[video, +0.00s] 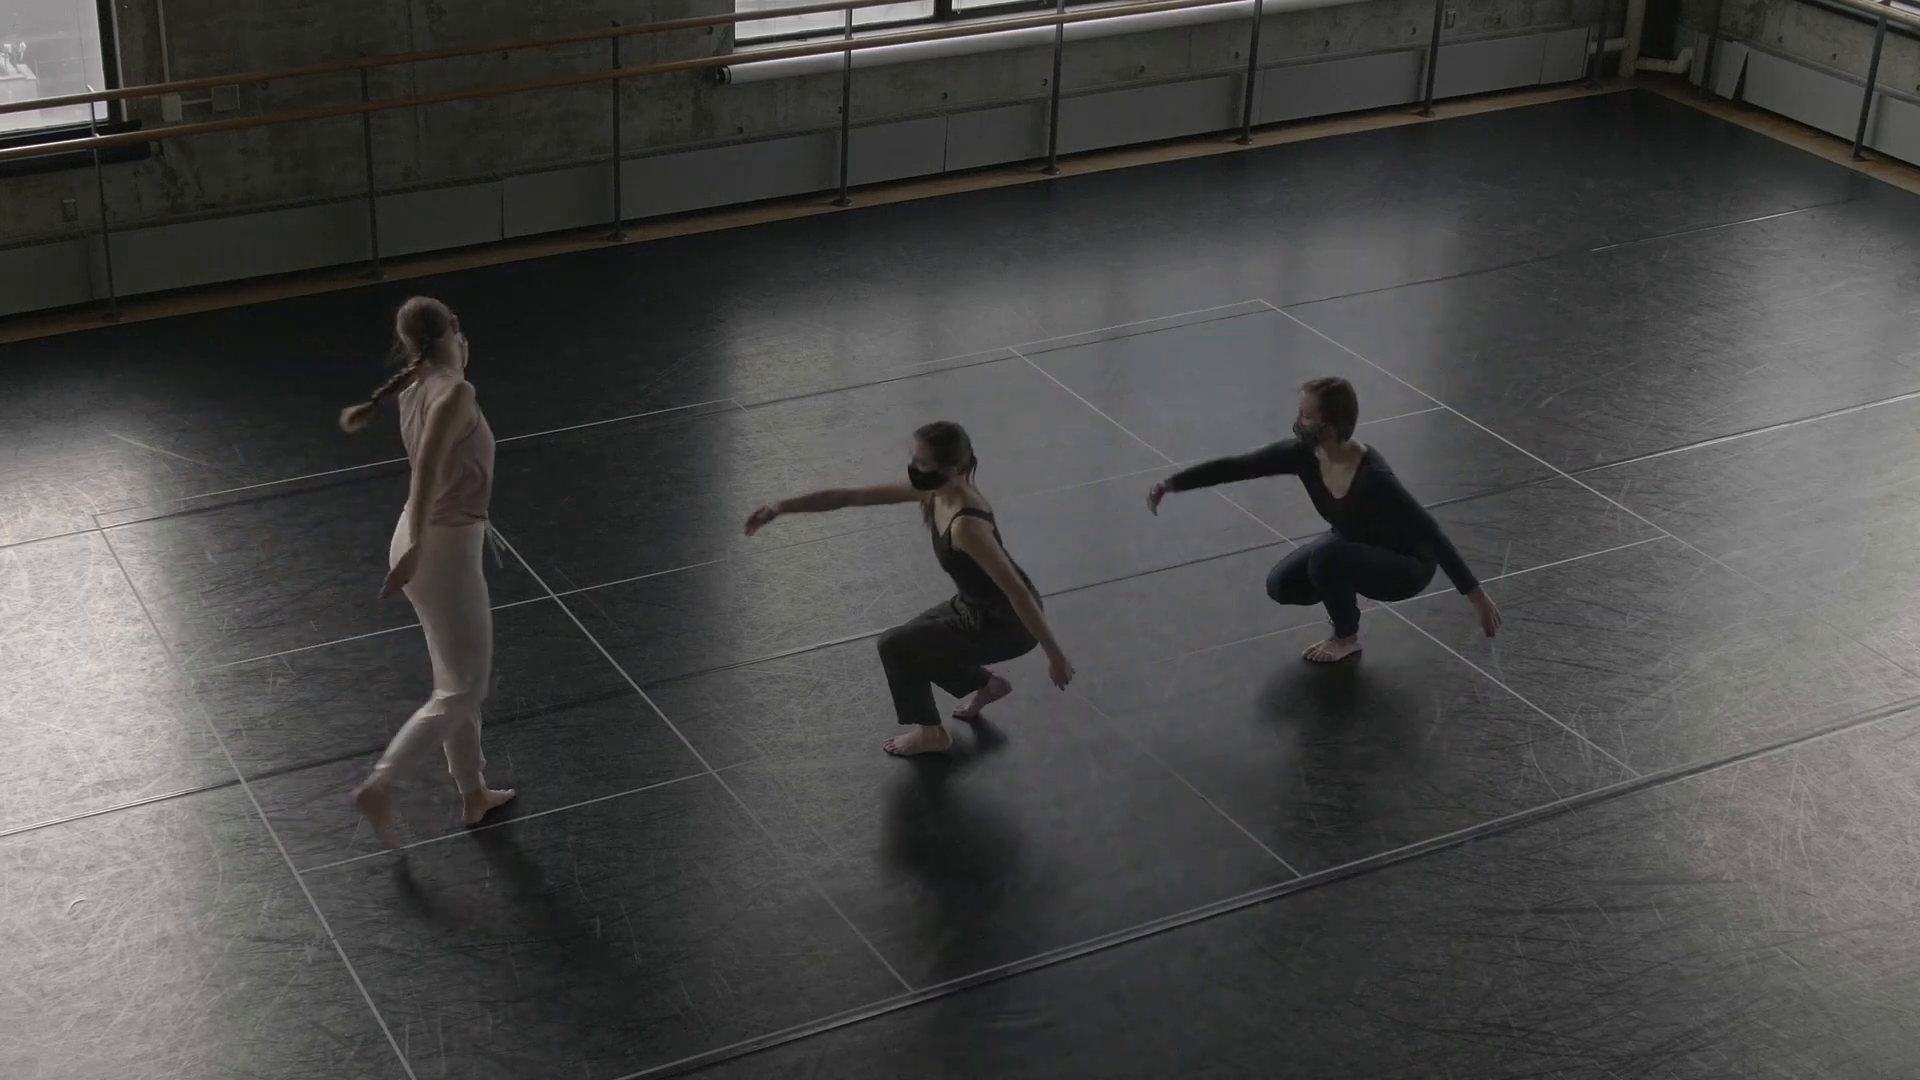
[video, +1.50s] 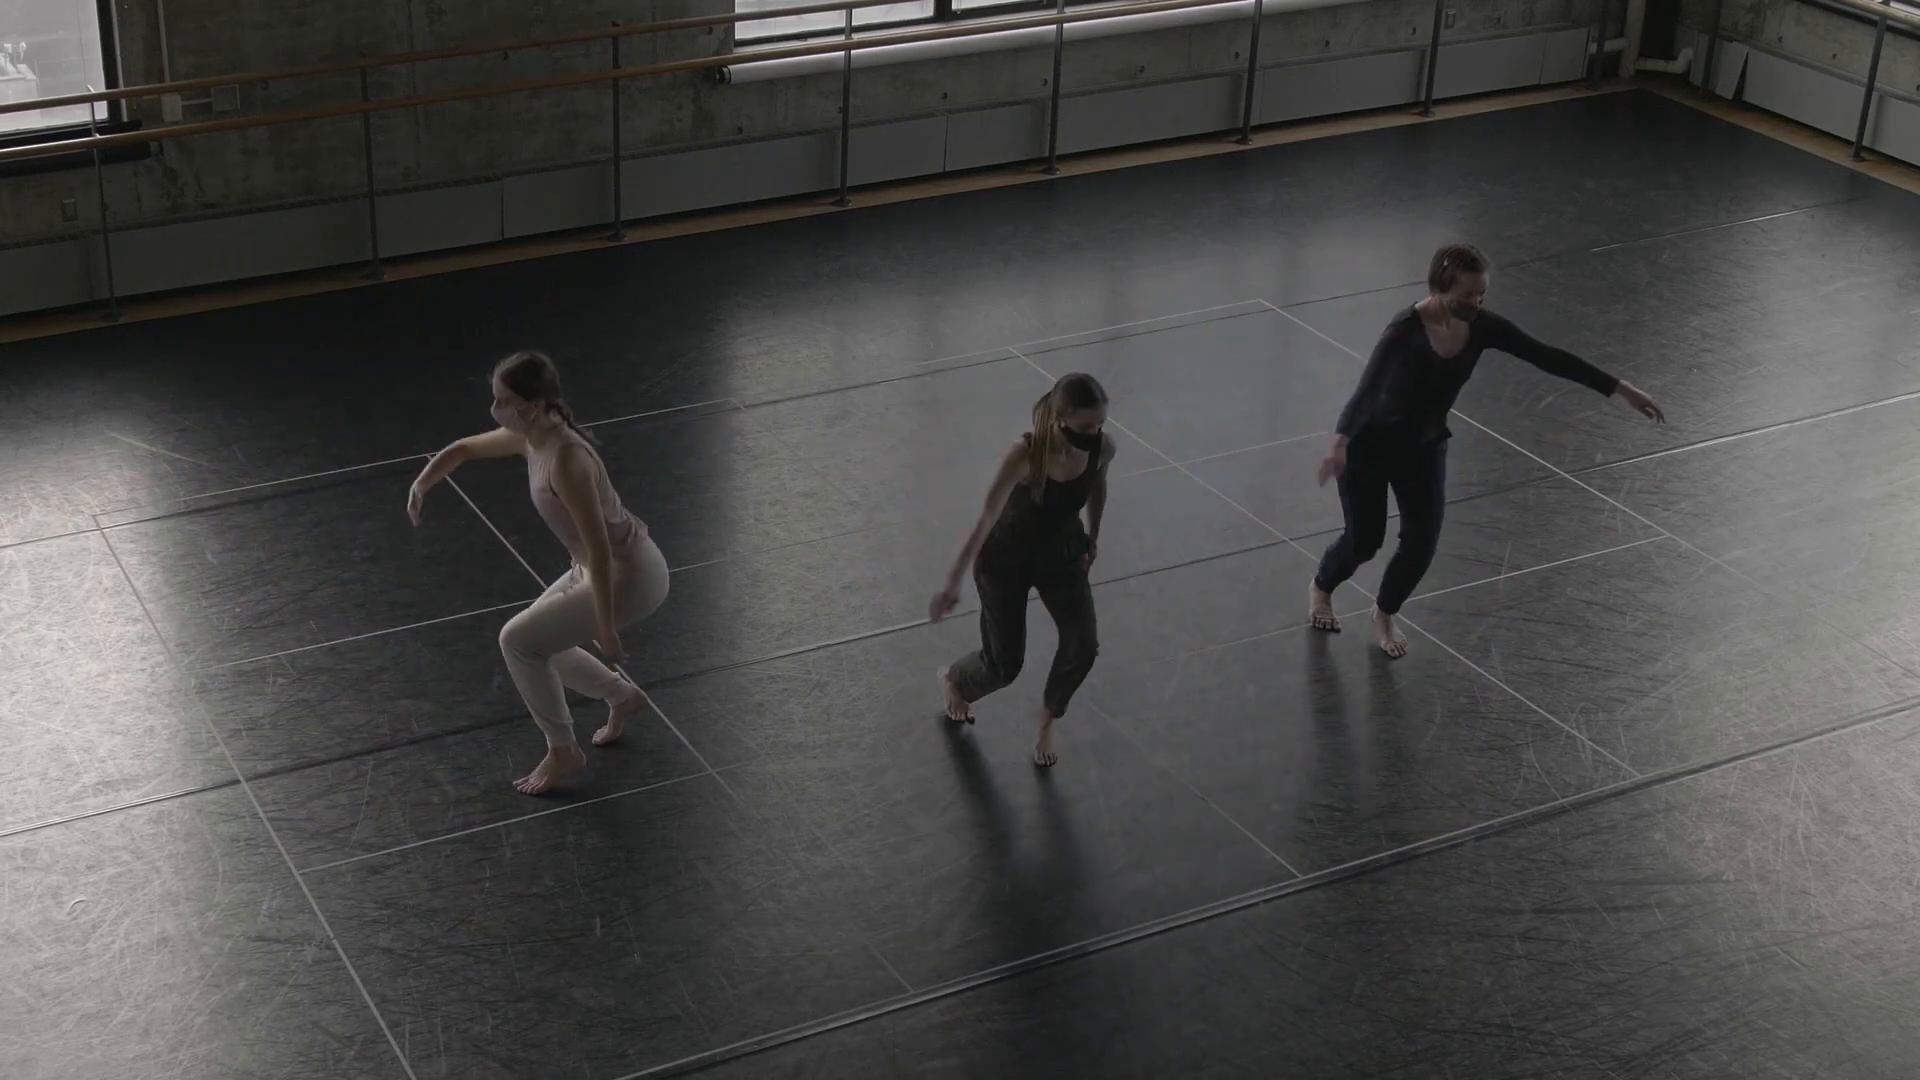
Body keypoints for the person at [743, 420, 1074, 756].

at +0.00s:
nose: (911, 475)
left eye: (921, 471)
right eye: (911, 466)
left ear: (956, 472)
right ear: (944, 469)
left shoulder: (966, 526)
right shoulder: (932, 491)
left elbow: (1017, 591)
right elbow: (850, 497)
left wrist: (1055, 654)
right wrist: (779, 508)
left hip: (1005, 626)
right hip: (980, 603)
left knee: (894, 648)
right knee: (911, 640)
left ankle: (930, 732)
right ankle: (984, 684)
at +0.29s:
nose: (901, 515)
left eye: (910, 511)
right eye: (900, 505)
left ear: (943, 513)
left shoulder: (968, 559)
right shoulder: (904, 535)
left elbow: (1031, 597)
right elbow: (838, 563)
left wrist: (1065, 641)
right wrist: (824, 598)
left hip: (997, 645)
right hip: (953, 629)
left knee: (899, 646)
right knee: (878, 683)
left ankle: (932, 733)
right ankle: (972, 681)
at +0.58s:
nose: (985, 438)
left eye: (993, 430)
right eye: (977, 431)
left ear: (1003, 421)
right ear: (957, 422)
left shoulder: (1019, 452)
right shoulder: (933, 459)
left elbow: (1033, 487)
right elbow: (909, 519)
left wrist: (1026, 527)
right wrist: (954, 558)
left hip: (1005, 549)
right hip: (949, 549)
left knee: (978, 643)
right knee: (946, 651)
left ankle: (939, 736)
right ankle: (965, 697)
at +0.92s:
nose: (1045, 519)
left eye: (1050, 510)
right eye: (1037, 512)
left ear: (1055, 497)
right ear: (1012, 502)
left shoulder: (1041, 518)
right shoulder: (983, 538)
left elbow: (1019, 556)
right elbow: (1011, 615)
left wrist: (1025, 581)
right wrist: (1084, 623)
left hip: (1010, 594)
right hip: (960, 608)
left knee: (1054, 651)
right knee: (1005, 704)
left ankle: (1031, 727)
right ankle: (957, 682)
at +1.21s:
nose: (1064, 542)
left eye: (1068, 533)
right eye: (1054, 536)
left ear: (1072, 524)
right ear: (1029, 530)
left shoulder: (1066, 542)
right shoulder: (998, 562)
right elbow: (1041, 632)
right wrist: (1112, 652)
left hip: (1013, 611)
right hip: (967, 622)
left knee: (1058, 655)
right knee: (1018, 715)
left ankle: (1032, 726)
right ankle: (962, 679)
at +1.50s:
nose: (1097, 429)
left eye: (1100, 421)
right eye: (1089, 424)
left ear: (1102, 413)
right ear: (1062, 421)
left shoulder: (1102, 448)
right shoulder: (1025, 454)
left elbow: (1097, 491)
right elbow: (986, 521)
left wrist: (1092, 540)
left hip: (1059, 552)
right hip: (1007, 554)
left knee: (1082, 646)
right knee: (1004, 665)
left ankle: (1047, 721)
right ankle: (954, 681)